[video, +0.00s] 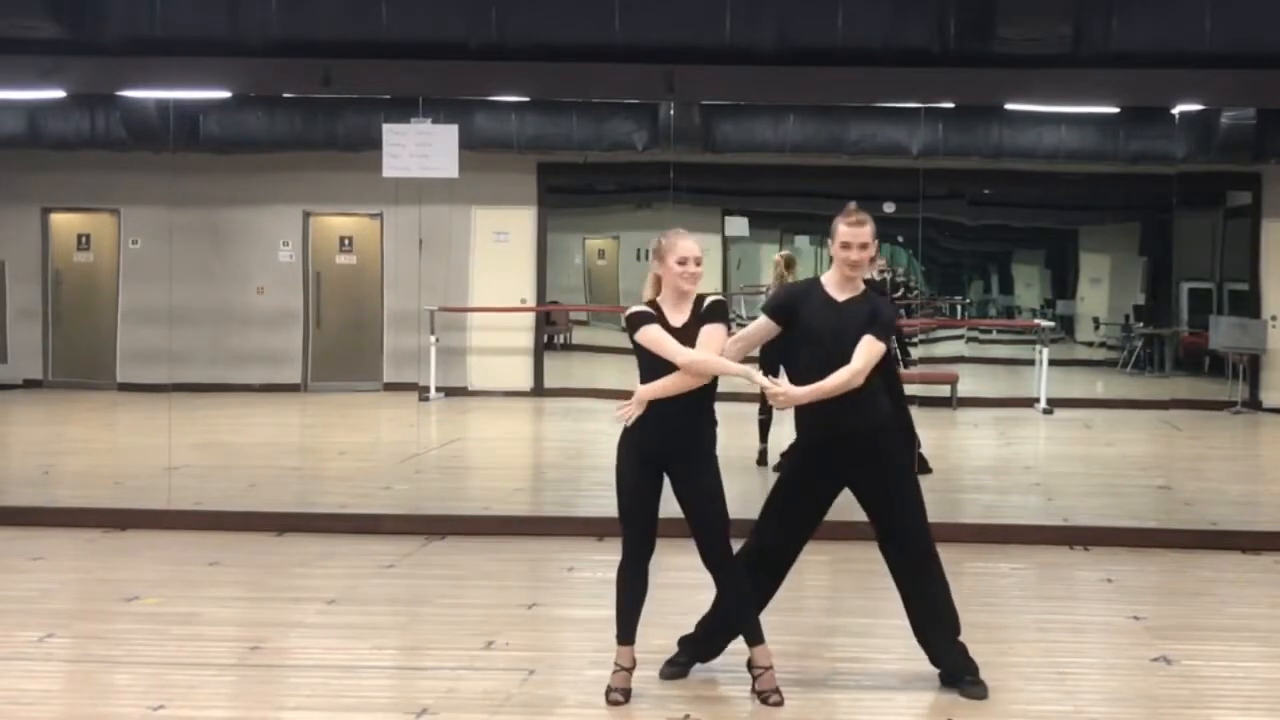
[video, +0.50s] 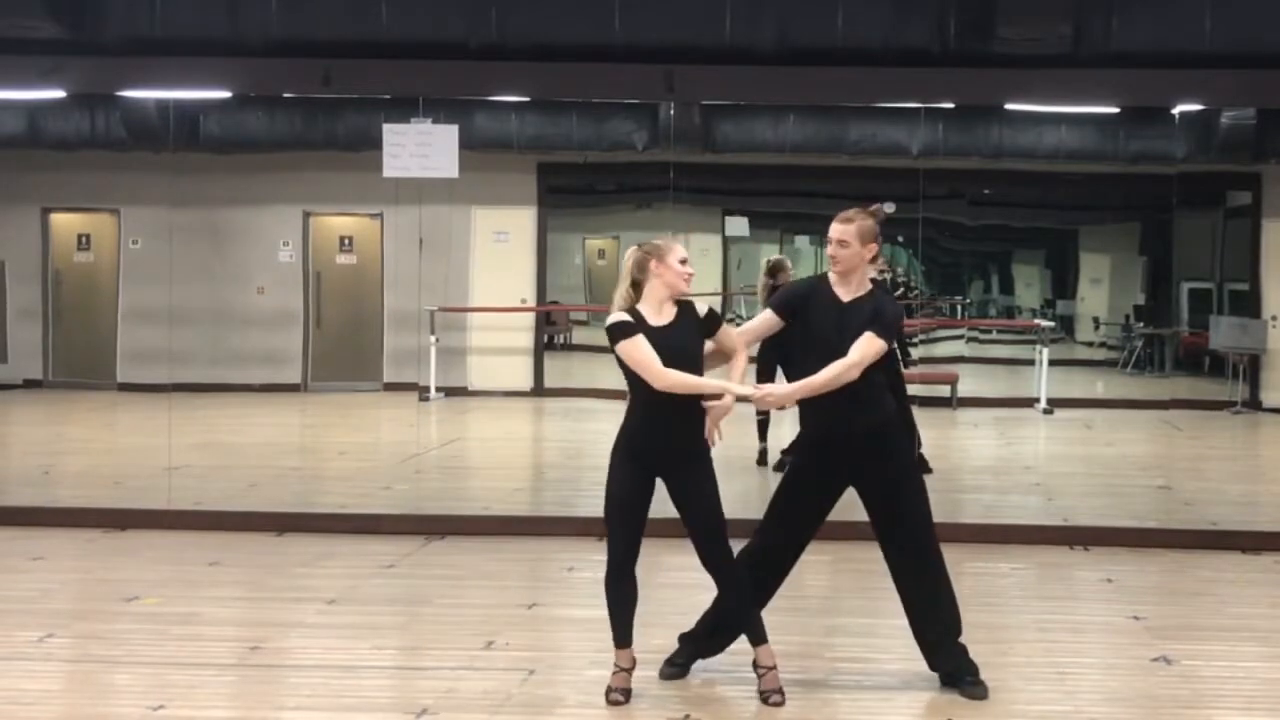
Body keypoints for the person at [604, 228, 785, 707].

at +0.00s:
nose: (692, 270)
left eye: (698, 262)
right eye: (682, 262)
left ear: (703, 268)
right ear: (659, 266)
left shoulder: (713, 307)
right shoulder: (639, 316)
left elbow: (704, 368)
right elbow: (684, 358)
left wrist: (646, 391)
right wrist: (749, 373)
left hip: (694, 447)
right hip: (642, 446)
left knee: (717, 554)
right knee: (635, 552)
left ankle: (760, 655)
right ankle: (624, 657)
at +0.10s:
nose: (703, 266)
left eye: (704, 258)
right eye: (693, 259)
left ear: (700, 268)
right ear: (663, 266)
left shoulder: (712, 305)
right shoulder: (637, 318)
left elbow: (715, 368)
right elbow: (681, 363)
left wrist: (658, 395)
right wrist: (750, 375)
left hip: (695, 446)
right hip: (643, 446)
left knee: (718, 553)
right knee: (636, 551)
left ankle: (760, 655)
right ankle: (624, 656)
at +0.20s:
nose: (704, 264)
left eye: (704, 257)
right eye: (695, 257)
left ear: (694, 268)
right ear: (664, 265)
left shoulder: (711, 304)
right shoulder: (636, 320)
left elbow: (724, 365)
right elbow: (678, 366)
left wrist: (672, 399)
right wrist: (748, 380)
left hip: (695, 443)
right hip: (642, 443)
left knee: (718, 554)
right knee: (636, 551)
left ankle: (760, 655)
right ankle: (624, 657)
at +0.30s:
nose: (700, 265)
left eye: (701, 258)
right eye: (690, 257)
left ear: (692, 269)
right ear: (660, 265)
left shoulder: (709, 304)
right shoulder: (634, 322)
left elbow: (741, 360)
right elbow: (675, 370)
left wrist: (697, 401)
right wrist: (755, 387)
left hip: (695, 447)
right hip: (642, 447)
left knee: (718, 555)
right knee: (635, 553)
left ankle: (761, 656)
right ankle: (624, 658)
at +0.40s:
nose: (695, 267)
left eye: (695, 260)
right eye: (686, 259)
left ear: (684, 270)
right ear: (656, 266)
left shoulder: (706, 312)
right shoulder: (628, 322)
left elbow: (753, 357)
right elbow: (668, 372)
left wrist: (723, 407)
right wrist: (739, 384)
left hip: (691, 446)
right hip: (640, 447)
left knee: (717, 554)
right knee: (629, 554)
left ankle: (762, 654)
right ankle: (623, 657)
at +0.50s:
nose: (690, 271)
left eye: (690, 264)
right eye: (682, 263)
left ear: (663, 270)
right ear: (651, 268)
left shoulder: (695, 316)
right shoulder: (622, 323)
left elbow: (739, 349)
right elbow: (660, 378)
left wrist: (728, 399)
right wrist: (733, 389)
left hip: (687, 449)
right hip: (636, 450)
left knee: (716, 555)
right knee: (620, 557)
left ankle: (763, 654)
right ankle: (623, 658)